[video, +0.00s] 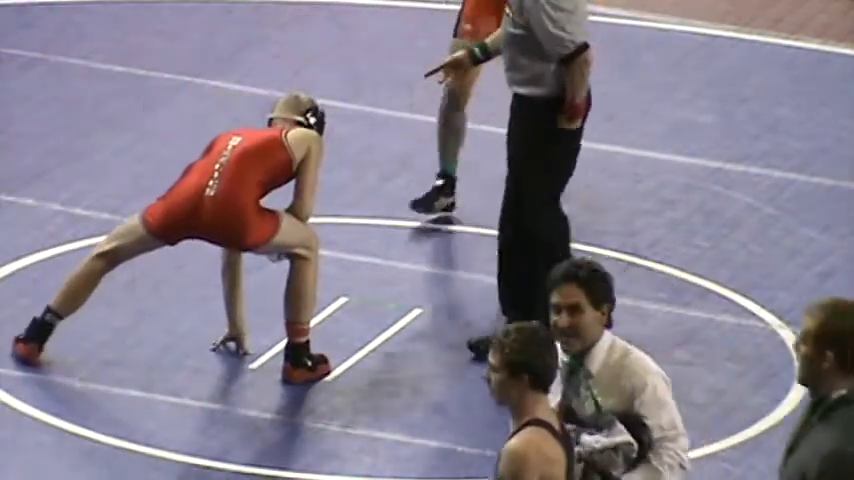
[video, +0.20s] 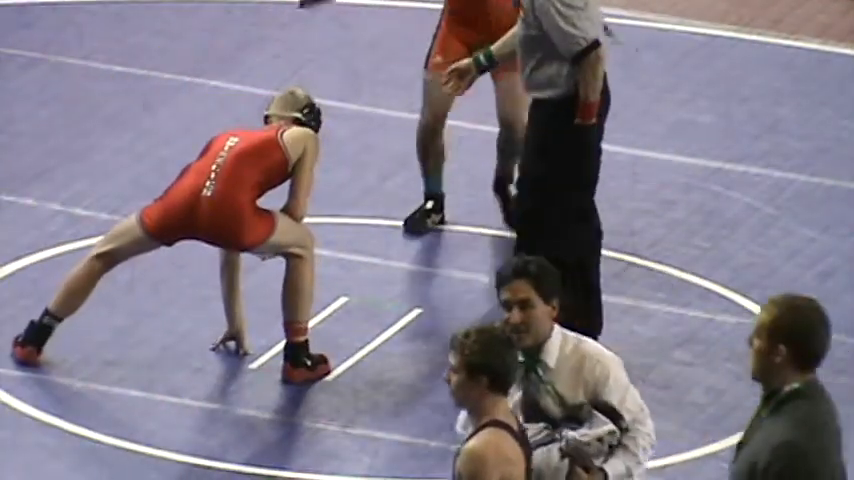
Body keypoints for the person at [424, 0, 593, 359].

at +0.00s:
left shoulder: (544, 7)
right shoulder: (525, 5)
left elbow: (579, 57)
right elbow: (519, 30)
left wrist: (573, 114)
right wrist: (474, 55)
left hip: (548, 109)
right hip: (534, 102)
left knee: (532, 217)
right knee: (526, 215)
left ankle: (528, 330)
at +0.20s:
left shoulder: (555, 5)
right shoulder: (539, 5)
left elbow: (592, 56)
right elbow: (530, 29)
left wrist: (586, 124)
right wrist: (479, 63)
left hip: (568, 106)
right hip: (552, 101)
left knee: (559, 218)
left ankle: (575, 327)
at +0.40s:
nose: (503, 7)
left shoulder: (564, 6)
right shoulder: (545, 6)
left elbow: (605, 55)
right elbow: (526, 34)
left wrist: (607, 120)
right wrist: (475, 73)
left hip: (586, 113)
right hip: (582, 108)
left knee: (532, 215)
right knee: (577, 222)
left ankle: (528, 327)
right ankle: (581, 339)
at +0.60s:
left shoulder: (570, 5)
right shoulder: (549, 6)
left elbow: (612, 54)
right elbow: (527, 42)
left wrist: (613, 122)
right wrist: (470, 78)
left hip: (598, 112)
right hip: (588, 108)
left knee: (562, 224)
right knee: (558, 222)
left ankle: (573, 342)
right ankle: (556, 335)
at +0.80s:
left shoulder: (569, 7)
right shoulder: (552, 7)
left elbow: (614, 63)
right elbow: (528, 46)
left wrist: (615, 132)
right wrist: (472, 87)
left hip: (601, 119)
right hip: (587, 115)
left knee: (581, 233)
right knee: (570, 229)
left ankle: (575, 348)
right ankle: (572, 332)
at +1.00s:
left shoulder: (568, 11)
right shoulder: (554, 9)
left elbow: (615, 70)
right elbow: (530, 52)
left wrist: (614, 141)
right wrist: (476, 93)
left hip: (601, 127)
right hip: (585, 122)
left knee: (581, 235)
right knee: (564, 227)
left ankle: (574, 352)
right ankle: (566, 327)